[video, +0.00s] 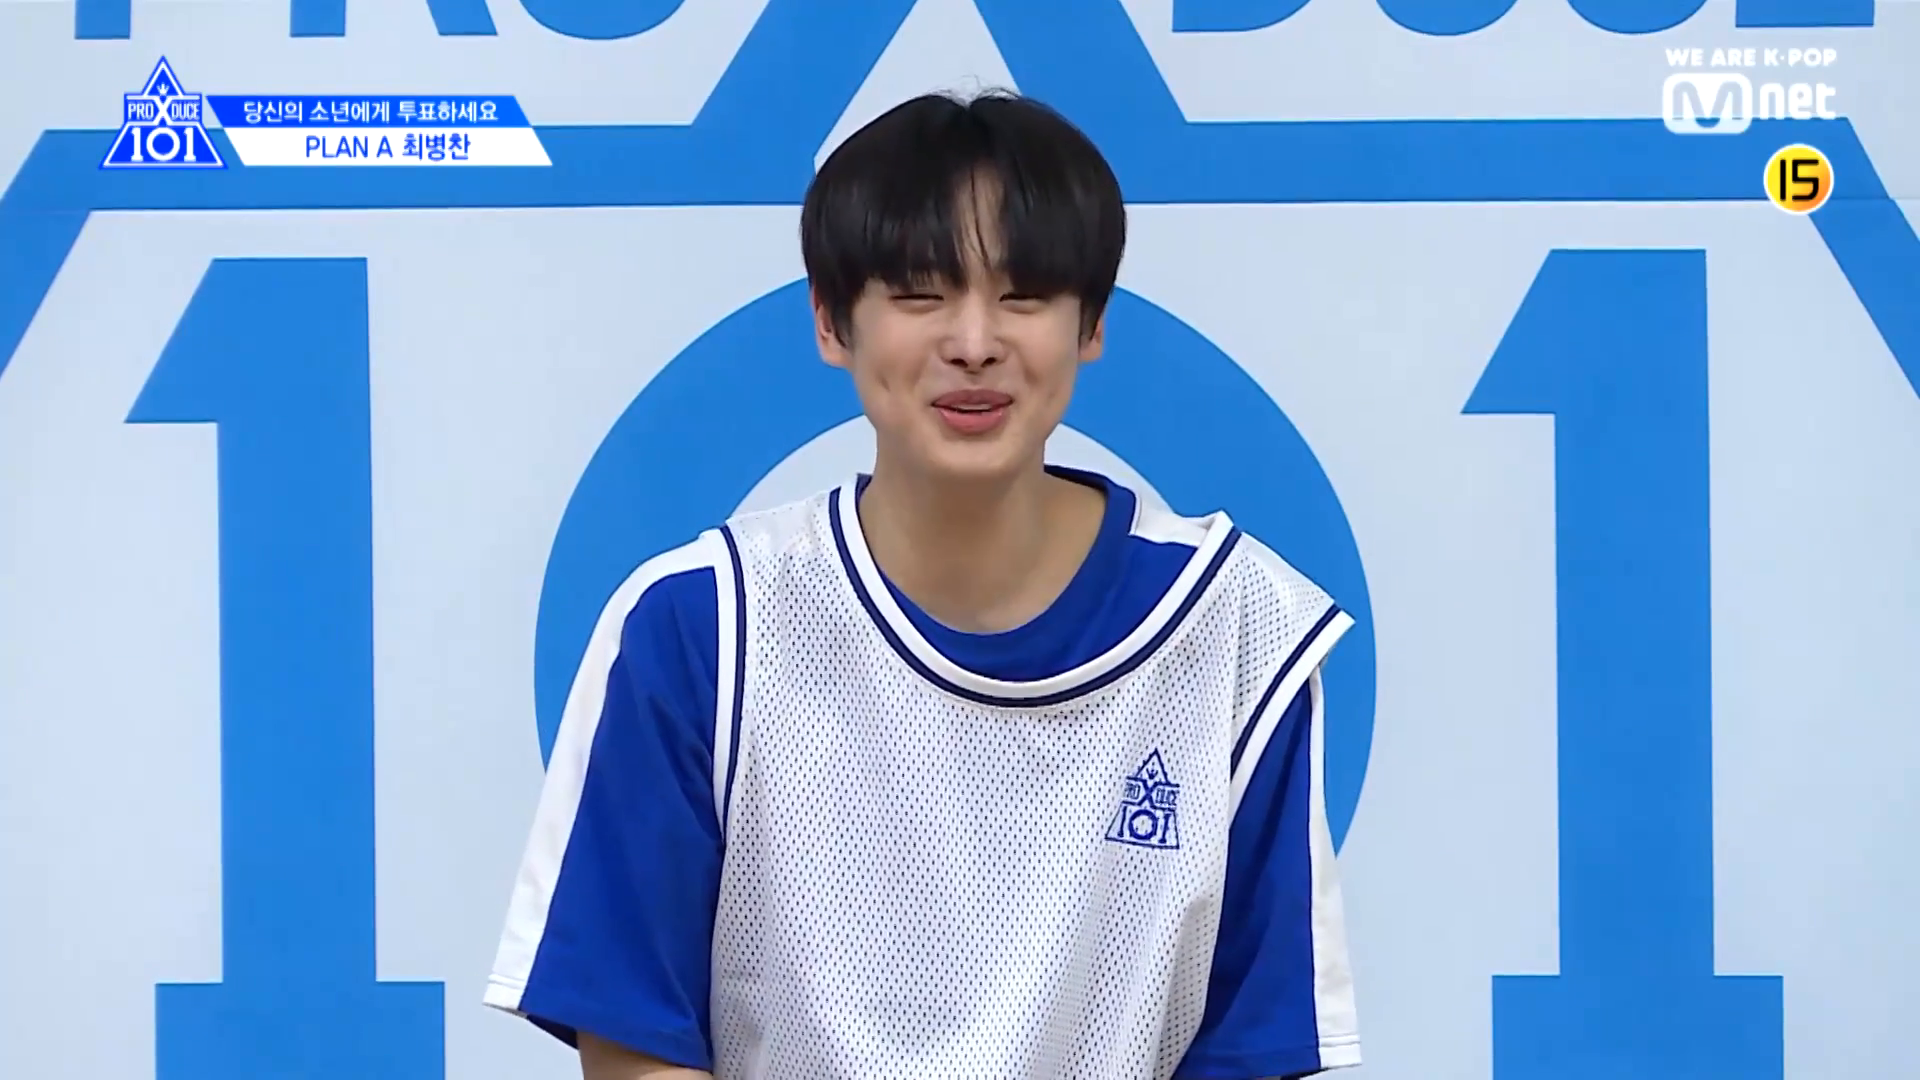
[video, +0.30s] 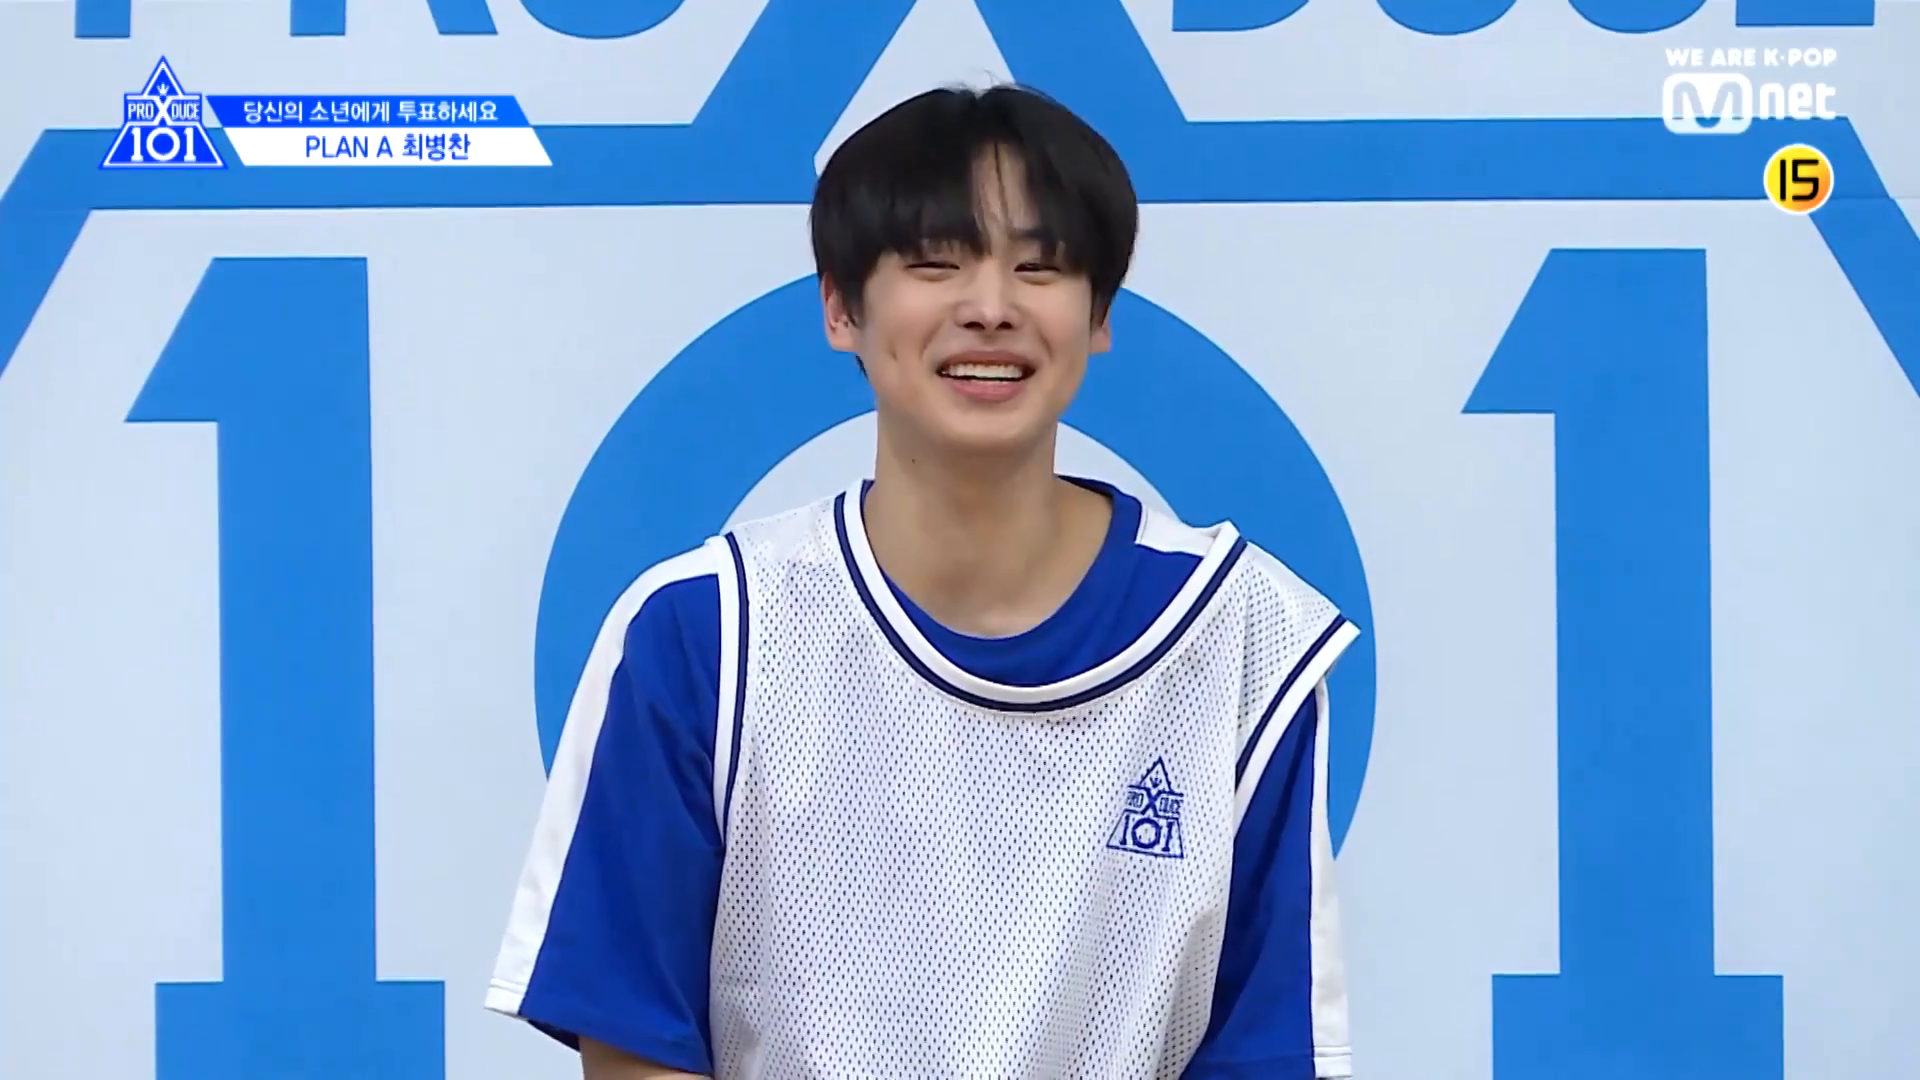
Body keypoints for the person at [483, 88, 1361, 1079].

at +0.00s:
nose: (974, 342)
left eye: (1025, 292)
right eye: (922, 288)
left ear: (1088, 331)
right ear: (836, 326)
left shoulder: (1242, 636)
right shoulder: (689, 631)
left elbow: (1264, 1048)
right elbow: (629, 1038)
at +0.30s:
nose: (991, 307)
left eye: (1040, 265)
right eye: (936, 261)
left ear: (1098, 321)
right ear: (844, 312)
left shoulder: (1252, 647)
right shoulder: (692, 637)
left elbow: (1266, 1054)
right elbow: (632, 1044)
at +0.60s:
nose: (981, 326)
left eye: (1030, 280)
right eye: (929, 278)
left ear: (1088, 320)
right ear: (840, 314)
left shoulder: (1237, 631)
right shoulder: (694, 627)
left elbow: (1234, 1045)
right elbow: (640, 1026)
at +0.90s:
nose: (964, 377)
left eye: (999, 342)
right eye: (926, 340)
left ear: (1043, 362)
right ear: (864, 363)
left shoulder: (1154, 584)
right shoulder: (762, 579)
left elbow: (1156, 885)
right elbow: (719, 877)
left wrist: (1018, 1051)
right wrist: (862, 1050)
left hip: (1057, 1050)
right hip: (825, 1045)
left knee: (1271, 988)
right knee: (601, 1001)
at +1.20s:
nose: (956, 394)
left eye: (982, 368)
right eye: (928, 367)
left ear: (1017, 385)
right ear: (887, 385)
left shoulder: (1097, 540)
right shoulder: (814, 537)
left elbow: (1096, 765)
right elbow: (781, 756)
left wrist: (999, 890)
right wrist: (886, 891)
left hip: (1025, 910)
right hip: (856, 909)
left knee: (1179, 840)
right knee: (696, 853)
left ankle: (1152, 1072)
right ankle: (733, 1072)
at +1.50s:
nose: (953, 399)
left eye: (973, 379)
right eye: (931, 379)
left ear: (1000, 389)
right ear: (900, 391)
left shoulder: (1062, 509)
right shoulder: (847, 507)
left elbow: (1063, 677)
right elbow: (822, 672)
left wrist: (992, 771)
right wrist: (901, 773)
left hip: (1012, 779)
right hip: (879, 780)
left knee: (1129, 739)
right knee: (756, 747)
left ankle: (1100, 989)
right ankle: (792, 988)